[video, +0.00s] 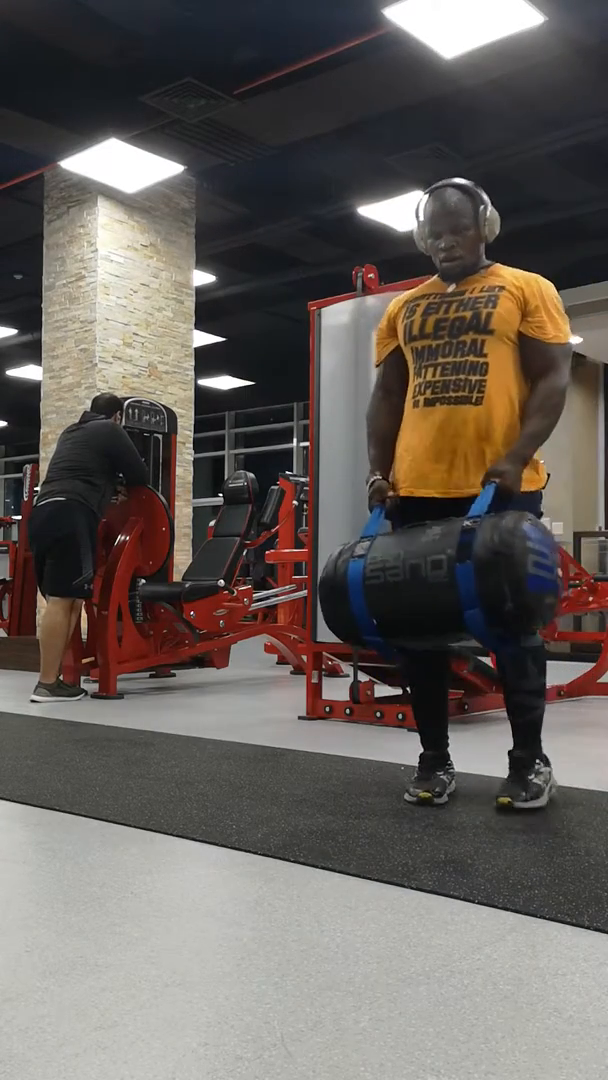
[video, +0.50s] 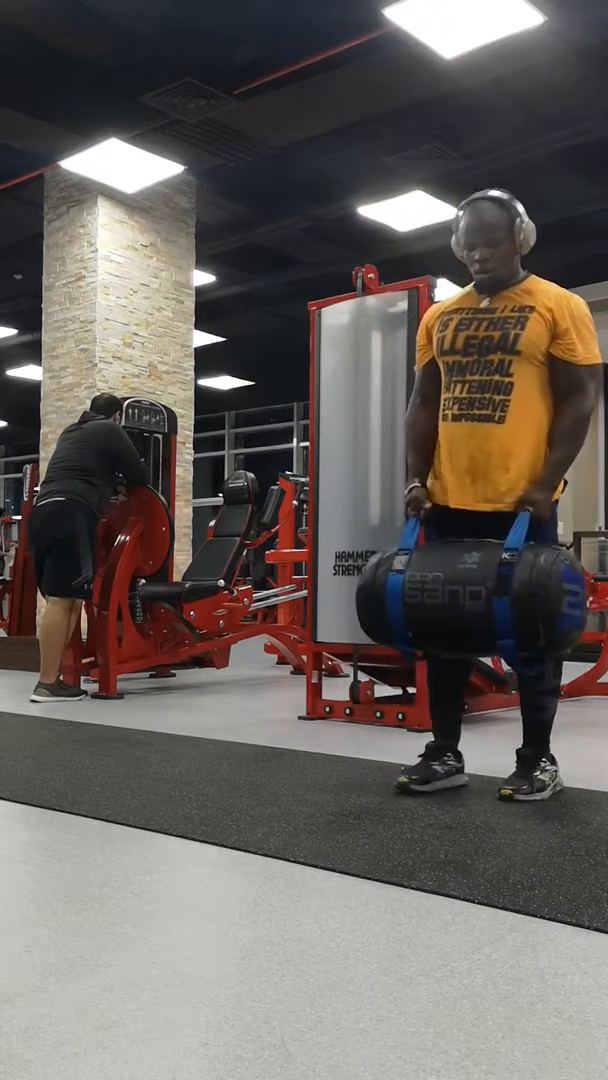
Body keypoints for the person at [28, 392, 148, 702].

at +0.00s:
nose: (122, 423)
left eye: (121, 419)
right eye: (123, 419)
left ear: (92, 413)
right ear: (117, 416)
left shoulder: (70, 431)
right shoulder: (111, 430)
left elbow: (75, 472)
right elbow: (141, 478)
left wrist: (110, 487)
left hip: (42, 511)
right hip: (68, 511)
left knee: (68, 601)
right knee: (59, 601)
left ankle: (54, 679)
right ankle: (47, 683)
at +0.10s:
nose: (122, 423)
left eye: (121, 419)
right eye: (122, 419)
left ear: (91, 413)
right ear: (116, 416)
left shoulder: (70, 431)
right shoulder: (111, 430)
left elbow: (75, 472)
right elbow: (141, 478)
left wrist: (110, 487)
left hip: (42, 512)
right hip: (68, 511)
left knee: (67, 601)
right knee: (59, 601)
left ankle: (54, 679)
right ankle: (47, 682)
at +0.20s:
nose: (122, 423)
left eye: (121, 419)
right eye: (122, 419)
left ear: (91, 413)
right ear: (116, 416)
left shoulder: (70, 431)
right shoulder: (111, 430)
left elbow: (75, 472)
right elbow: (141, 478)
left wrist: (110, 487)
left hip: (42, 511)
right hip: (68, 511)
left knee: (67, 601)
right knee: (59, 601)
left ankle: (54, 679)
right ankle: (47, 682)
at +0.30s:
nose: (122, 423)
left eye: (121, 419)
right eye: (122, 419)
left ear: (91, 413)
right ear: (116, 416)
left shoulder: (70, 431)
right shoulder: (111, 430)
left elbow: (75, 472)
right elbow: (141, 478)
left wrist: (110, 487)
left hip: (42, 512)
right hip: (68, 511)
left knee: (68, 601)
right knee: (59, 601)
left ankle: (54, 679)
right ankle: (47, 682)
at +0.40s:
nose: (122, 423)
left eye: (121, 419)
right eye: (122, 419)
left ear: (91, 413)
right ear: (116, 416)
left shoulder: (70, 431)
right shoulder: (110, 430)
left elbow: (75, 472)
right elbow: (141, 478)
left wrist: (109, 487)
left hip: (42, 511)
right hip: (68, 511)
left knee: (68, 601)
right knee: (59, 601)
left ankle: (54, 678)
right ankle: (47, 682)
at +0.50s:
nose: (121, 423)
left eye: (120, 419)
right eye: (121, 418)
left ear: (91, 412)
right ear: (115, 416)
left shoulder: (70, 431)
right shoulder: (110, 430)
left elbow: (77, 470)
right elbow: (140, 477)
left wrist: (110, 484)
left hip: (42, 510)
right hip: (67, 510)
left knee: (68, 601)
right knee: (59, 601)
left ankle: (54, 678)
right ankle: (47, 682)